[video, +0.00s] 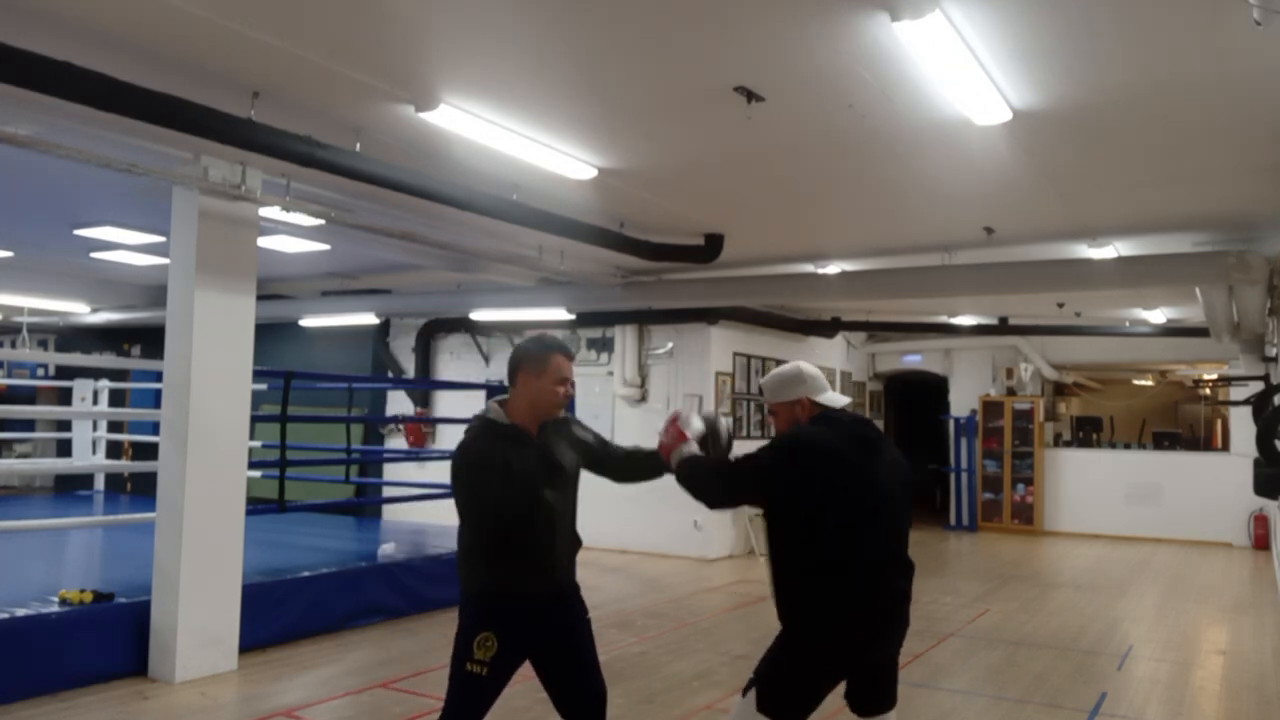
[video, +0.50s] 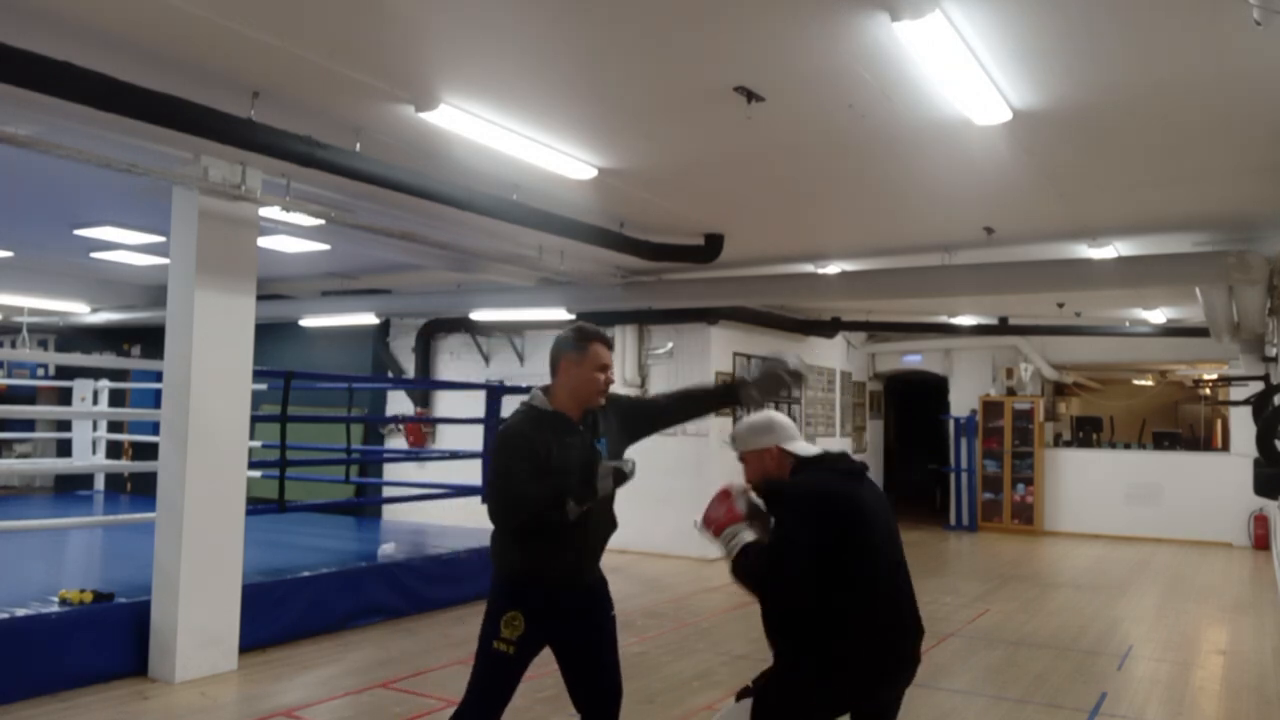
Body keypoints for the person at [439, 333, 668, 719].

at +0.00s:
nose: (570, 393)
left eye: (571, 384)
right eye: (561, 382)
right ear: (524, 379)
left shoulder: (566, 433)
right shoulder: (479, 447)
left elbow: (616, 461)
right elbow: (483, 537)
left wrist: (663, 457)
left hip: (557, 602)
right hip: (494, 606)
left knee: (588, 707)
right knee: (461, 712)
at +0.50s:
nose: (610, 379)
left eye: (611, 370)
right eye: (601, 368)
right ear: (565, 367)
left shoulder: (608, 419)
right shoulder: (518, 435)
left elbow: (669, 409)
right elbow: (510, 517)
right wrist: (579, 499)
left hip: (583, 590)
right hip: (522, 592)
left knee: (602, 708)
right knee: (481, 709)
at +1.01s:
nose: (560, 390)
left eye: (561, 381)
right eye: (553, 380)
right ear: (517, 374)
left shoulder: (555, 426)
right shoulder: (468, 440)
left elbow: (605, 454)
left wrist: (663, 455)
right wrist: (544, 469)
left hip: (540, 590)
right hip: (481, 594)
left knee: (561, 696)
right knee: (459, 708)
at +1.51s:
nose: (527, 391)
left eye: (529, 383)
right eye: (520, 381)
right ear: (486, 377)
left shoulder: (503, 432)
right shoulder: (448, 435)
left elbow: (534, 485)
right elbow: (453, 535)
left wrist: (554, 438)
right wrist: (538, 532)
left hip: (492, 592)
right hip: (436, 595)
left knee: (526, 700)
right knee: (396, 708)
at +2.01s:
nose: (490, 391)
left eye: (493, 381)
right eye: (480, 382)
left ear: (495, 381)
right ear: (443, 380)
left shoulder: (503, 421)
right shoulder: (405, 448)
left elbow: (556, 434)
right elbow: (397, 530)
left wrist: (614, 432)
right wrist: (453, 495)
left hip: (495, 593)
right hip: (428, 596)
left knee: (524, 709)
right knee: (390, 708)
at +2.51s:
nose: (554, 397)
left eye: (556, 389)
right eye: (545, 386)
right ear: (510, 380)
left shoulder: (533, 442)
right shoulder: (479, 430)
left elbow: (538, 506)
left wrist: (575, 543)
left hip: (517, 589)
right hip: (462, 591)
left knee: (553, 698)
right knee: (417, 702)